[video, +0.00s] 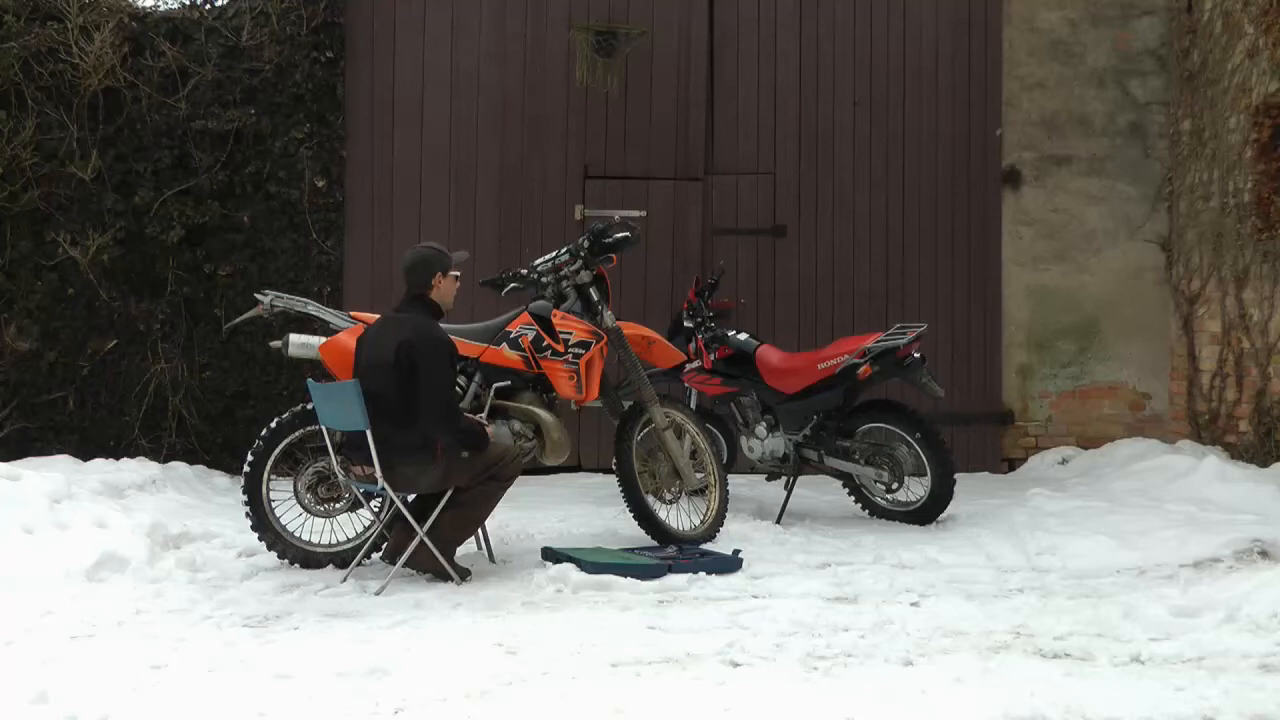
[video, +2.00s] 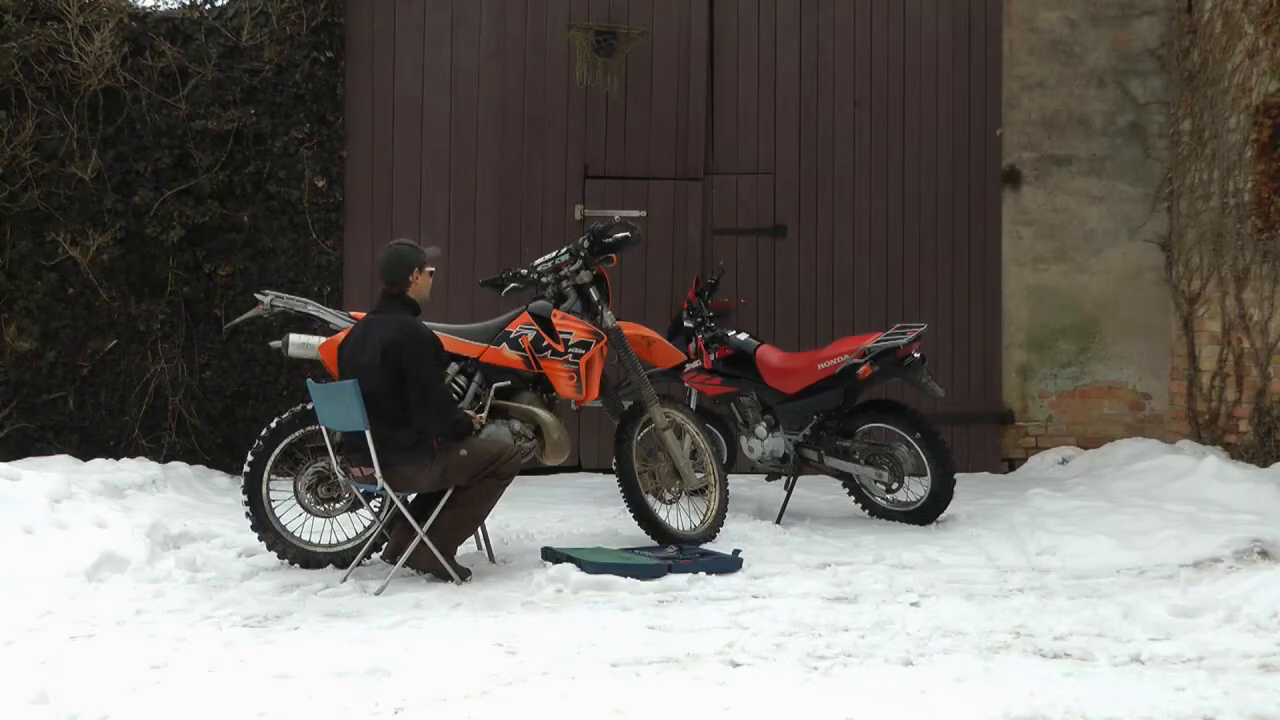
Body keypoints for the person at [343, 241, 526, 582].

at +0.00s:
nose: (457, 285)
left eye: (456, 278)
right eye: (453, 277)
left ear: (416, 282)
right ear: (436, 282)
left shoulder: (375, 331)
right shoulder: (433, 339)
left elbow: (384, 409)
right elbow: (442, 418)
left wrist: (459, 420)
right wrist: (480, 438)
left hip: (384, 463)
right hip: (417, 466)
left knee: (473, 454)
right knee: (506, 458)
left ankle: (403, 541)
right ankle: (436, 549)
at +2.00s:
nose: (431, 277)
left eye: (429, 271)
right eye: (428, 271)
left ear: (388, 279)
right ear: (414, 278)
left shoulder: (359, 332)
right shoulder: (416, 336)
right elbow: (437, 414)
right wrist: (467, 422)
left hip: (365, 461)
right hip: (403, 466)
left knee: (469, 448)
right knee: (505, 454)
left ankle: (404, 539)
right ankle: (435, 549)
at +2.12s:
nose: (432, 284)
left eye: (432, 277)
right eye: (431, 276)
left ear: (388, 279)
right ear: (416, 278)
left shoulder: (357, 333)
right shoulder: (415, 337)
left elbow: (361, 405)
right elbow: (438, 416)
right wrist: (469, 421)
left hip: (365, 461)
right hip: (404, 466)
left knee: (468, 450)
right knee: (504, 455)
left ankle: (404, 540)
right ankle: (435, 549)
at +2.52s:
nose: (444, 308)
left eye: (446, 301)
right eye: (445, 299)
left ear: (406, 289)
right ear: (434, 294)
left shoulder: (362, 332)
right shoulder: (422, 342)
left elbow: (346, 391)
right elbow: (447, 420)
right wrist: (486, 419)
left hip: (363, 455)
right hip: (403, 465)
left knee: (464, 452)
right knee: (508, 453)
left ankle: (404, 542)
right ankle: (435, 550)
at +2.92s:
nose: (461, 320)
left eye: (463, 313)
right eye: (462, 311)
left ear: (421, 302)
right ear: (450, 307)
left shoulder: (380, 332)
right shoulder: (439, 346)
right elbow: (471, 422)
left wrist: (431, 416)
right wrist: (499, 421)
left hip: (357, 457)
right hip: (399, 464)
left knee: (456, 452)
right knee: (507, 457)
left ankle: (403, 543)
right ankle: (434, 550)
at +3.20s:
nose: (470, 335)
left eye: (472, 329)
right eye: (472, 327)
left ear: (437, 311)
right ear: (464, 320)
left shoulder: (389, 336)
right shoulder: (449, 352)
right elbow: (481, 428)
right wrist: (493, 415)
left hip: (357, 457)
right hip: (402, 465)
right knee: (507, 461)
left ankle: (402, 542)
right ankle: (434, 550)